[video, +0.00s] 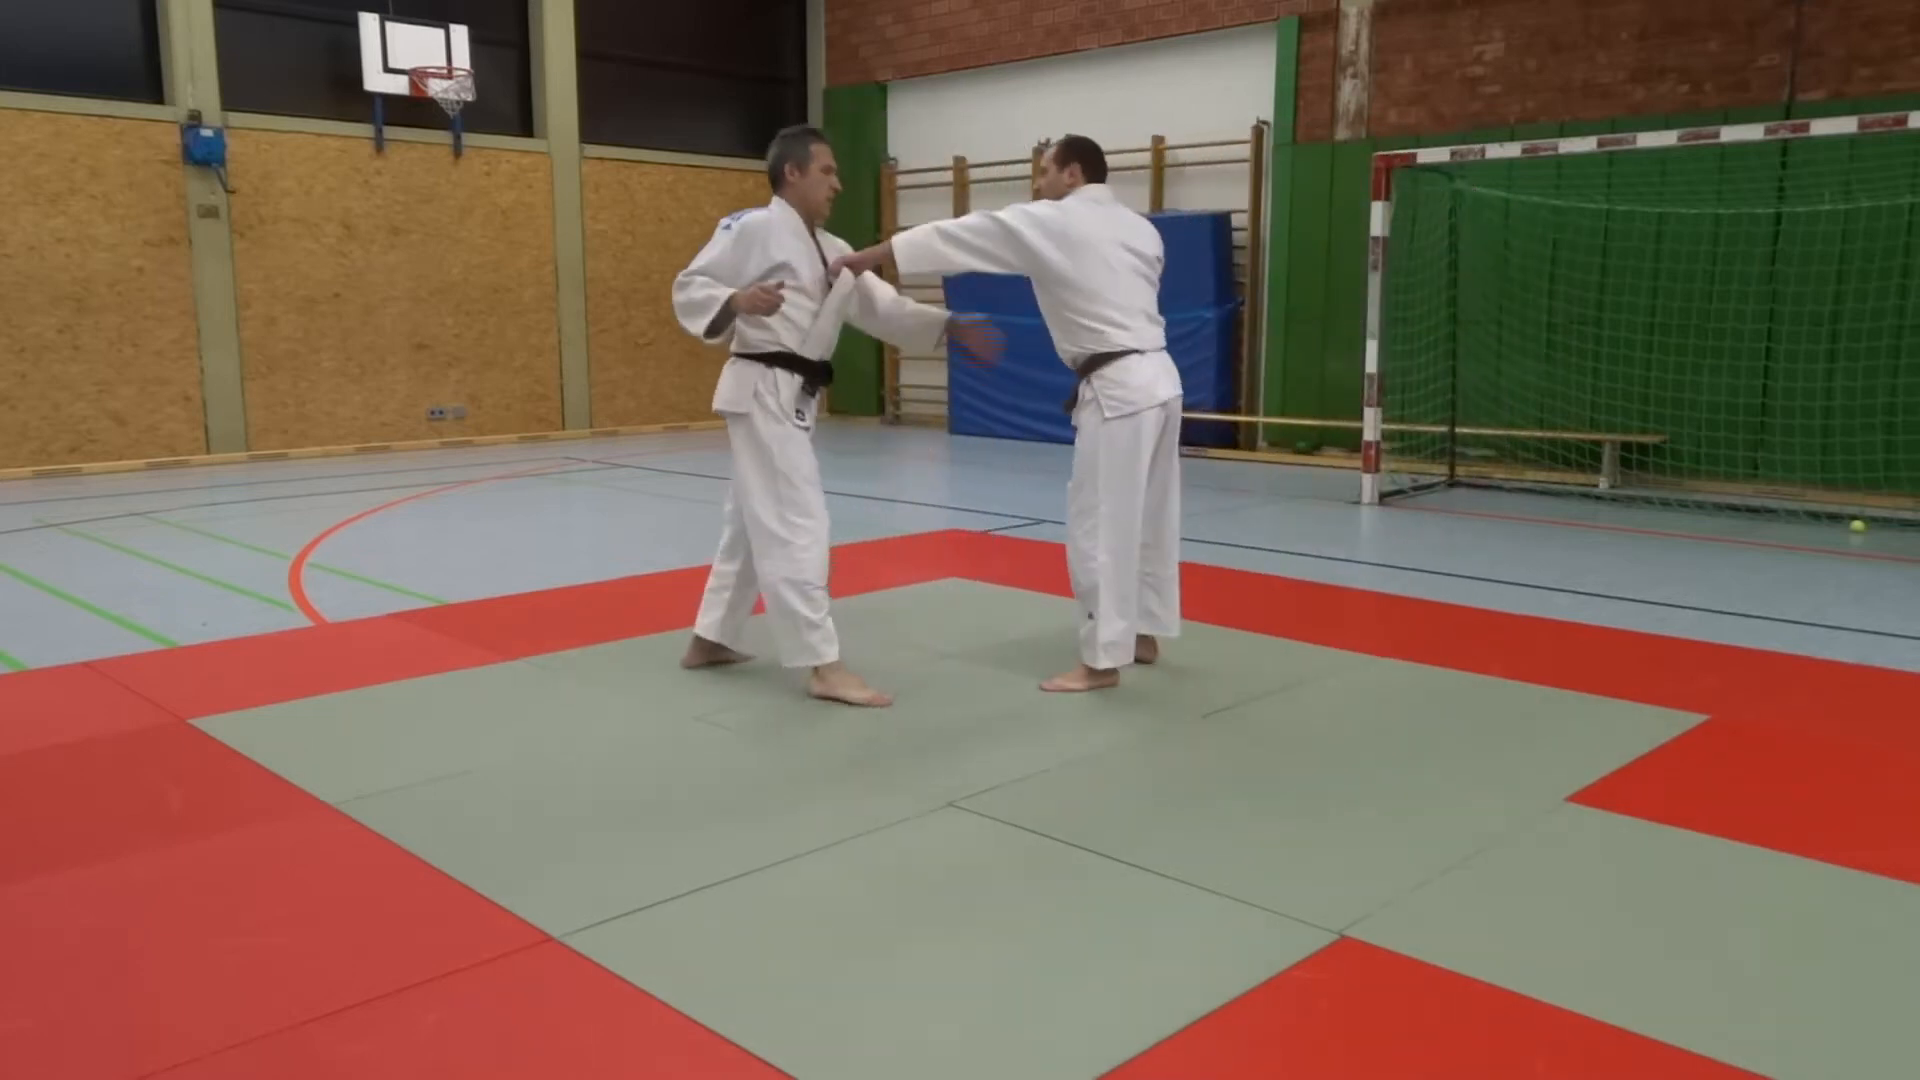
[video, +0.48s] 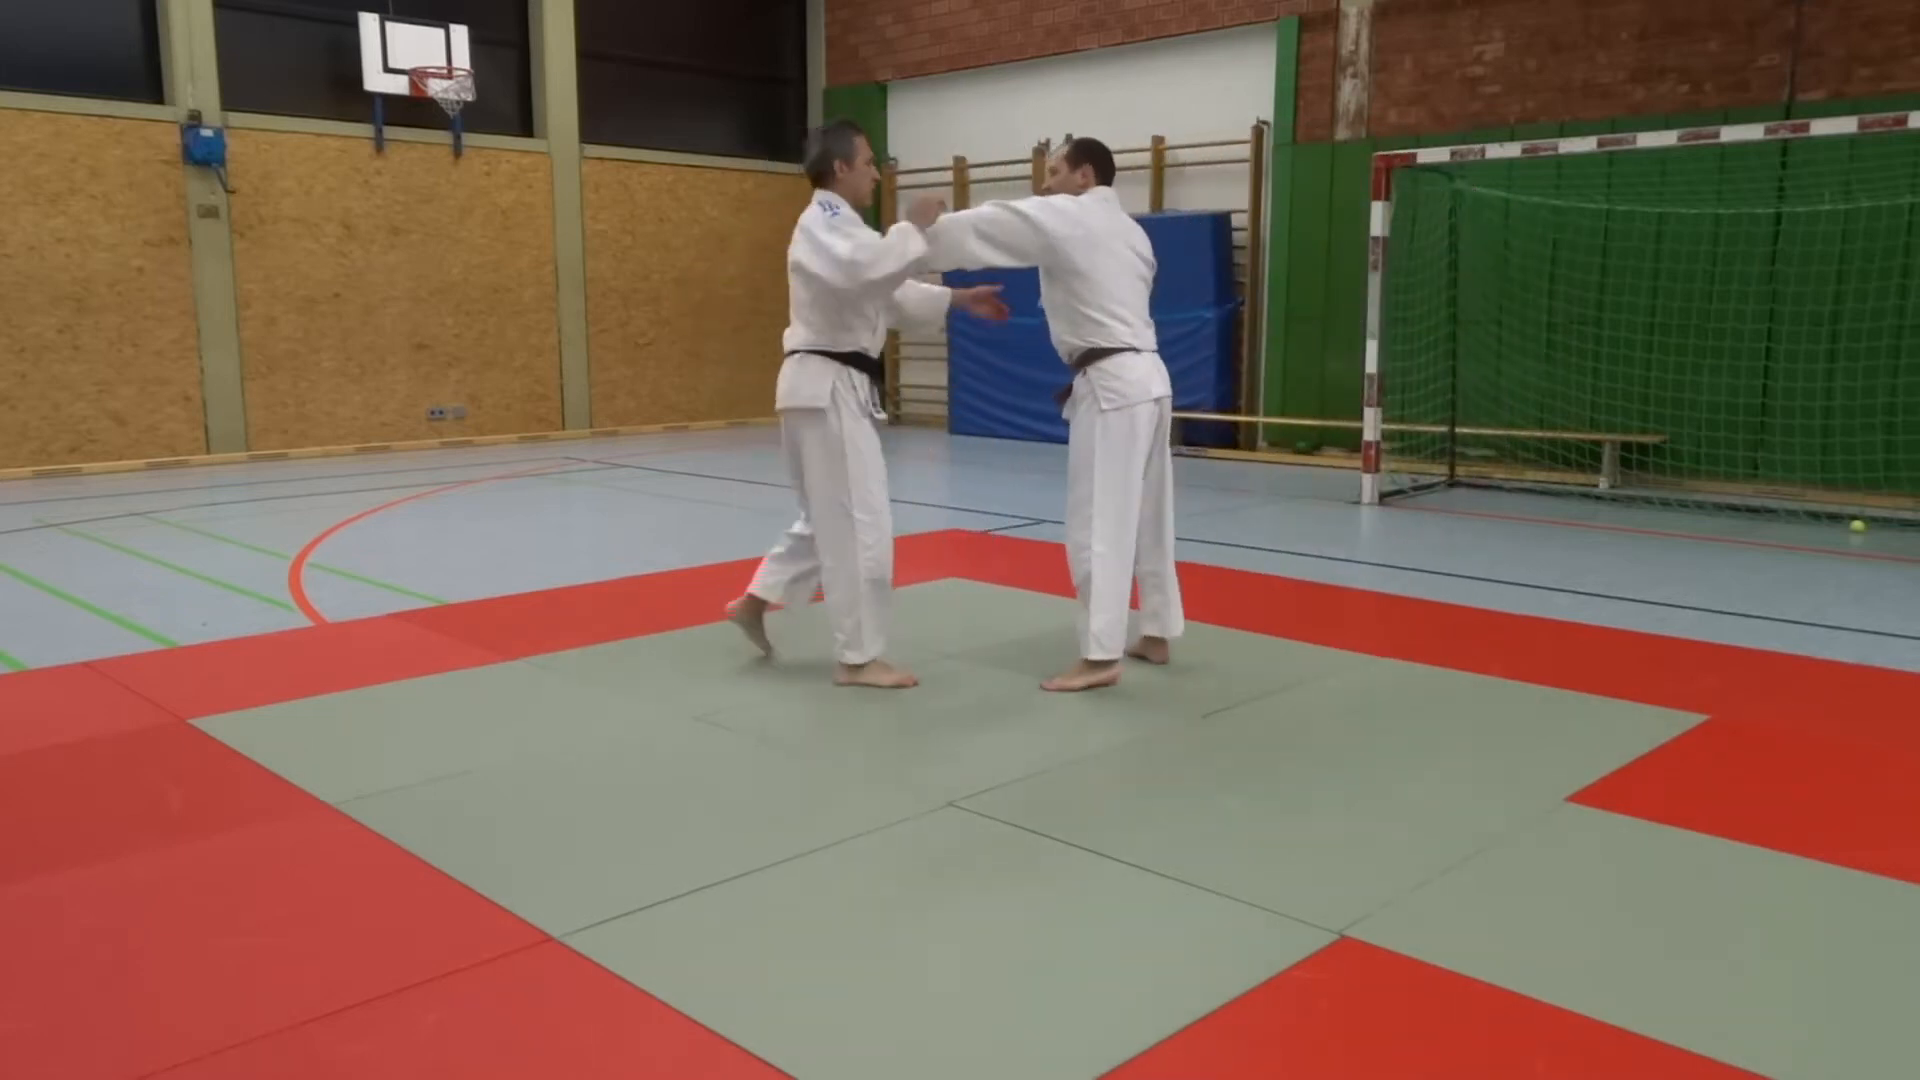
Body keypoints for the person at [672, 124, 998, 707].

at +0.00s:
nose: (835, 185)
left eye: (837, 175)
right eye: (826, 173)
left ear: (803, 179)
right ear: (789, 175)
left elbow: (884, 306)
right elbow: (688, 290)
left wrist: (951, 327)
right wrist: (734, 299)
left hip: (795, 393)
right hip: (759, 388)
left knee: (755, 516)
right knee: (800, 521)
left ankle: (710, 639)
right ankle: (825, 666)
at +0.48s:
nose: (875, 174)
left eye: (874, 163)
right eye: (868, 163)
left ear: (837, 170)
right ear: (841, 168)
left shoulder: (841, 224)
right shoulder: (824, 221)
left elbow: (886, 292)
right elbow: (859, 272)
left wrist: (957, 298)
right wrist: (913, 228)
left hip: (823, 380)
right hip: (828, 384)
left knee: (828, 513)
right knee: (858, 520)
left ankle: (757, 598)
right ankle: (858, 657)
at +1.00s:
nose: (890, 180)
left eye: (888, 171)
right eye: (880, 171)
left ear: (856, 177)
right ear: (847, 175)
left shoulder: (863, 232)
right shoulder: (831, 226)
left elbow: (909, 300)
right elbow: (898, 240)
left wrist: (986, 306)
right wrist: (956, 223)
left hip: (866, 382)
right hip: (842, 382)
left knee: (866, 514)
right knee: (861, 517)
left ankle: (857, 622)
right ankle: (856, 654)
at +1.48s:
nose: (896, 182)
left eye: (896, 173)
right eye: (888, 172)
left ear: (861, 175)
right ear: (858, 174)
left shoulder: (861, 225)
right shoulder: (850, 211)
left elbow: (883, 314)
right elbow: (905, 221)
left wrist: (946, 341)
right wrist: (975, 214)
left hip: (854, 369)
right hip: (845, 369)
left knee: (855, 498)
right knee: (865, 501)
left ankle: (860, 619)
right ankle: (863, 636)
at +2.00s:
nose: (874, 186)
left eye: (874, 175)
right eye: (866, 175)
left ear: (842, 179)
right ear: (834, 178)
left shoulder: (845, 233)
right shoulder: (816, 224)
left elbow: (870, 303)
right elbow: (878, 246)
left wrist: (941, 296)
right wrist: (954, 221)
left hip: (832, 384)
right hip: (799, 379)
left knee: (832, 507)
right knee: (782, 511)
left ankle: (846, 620)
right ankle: (741, 636)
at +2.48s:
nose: (853, 187)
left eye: (852, 175)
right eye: (845, 175)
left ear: (820, 176)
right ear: (813, 176)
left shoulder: (826, 240)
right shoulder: (780, 226)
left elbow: (868, 302)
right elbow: (856, 252)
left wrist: (942, 291)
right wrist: (945, 231)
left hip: (803, 389)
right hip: (755, 382)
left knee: (815, 501)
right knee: (740, 509)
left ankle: (815, 615)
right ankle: (728, 638)